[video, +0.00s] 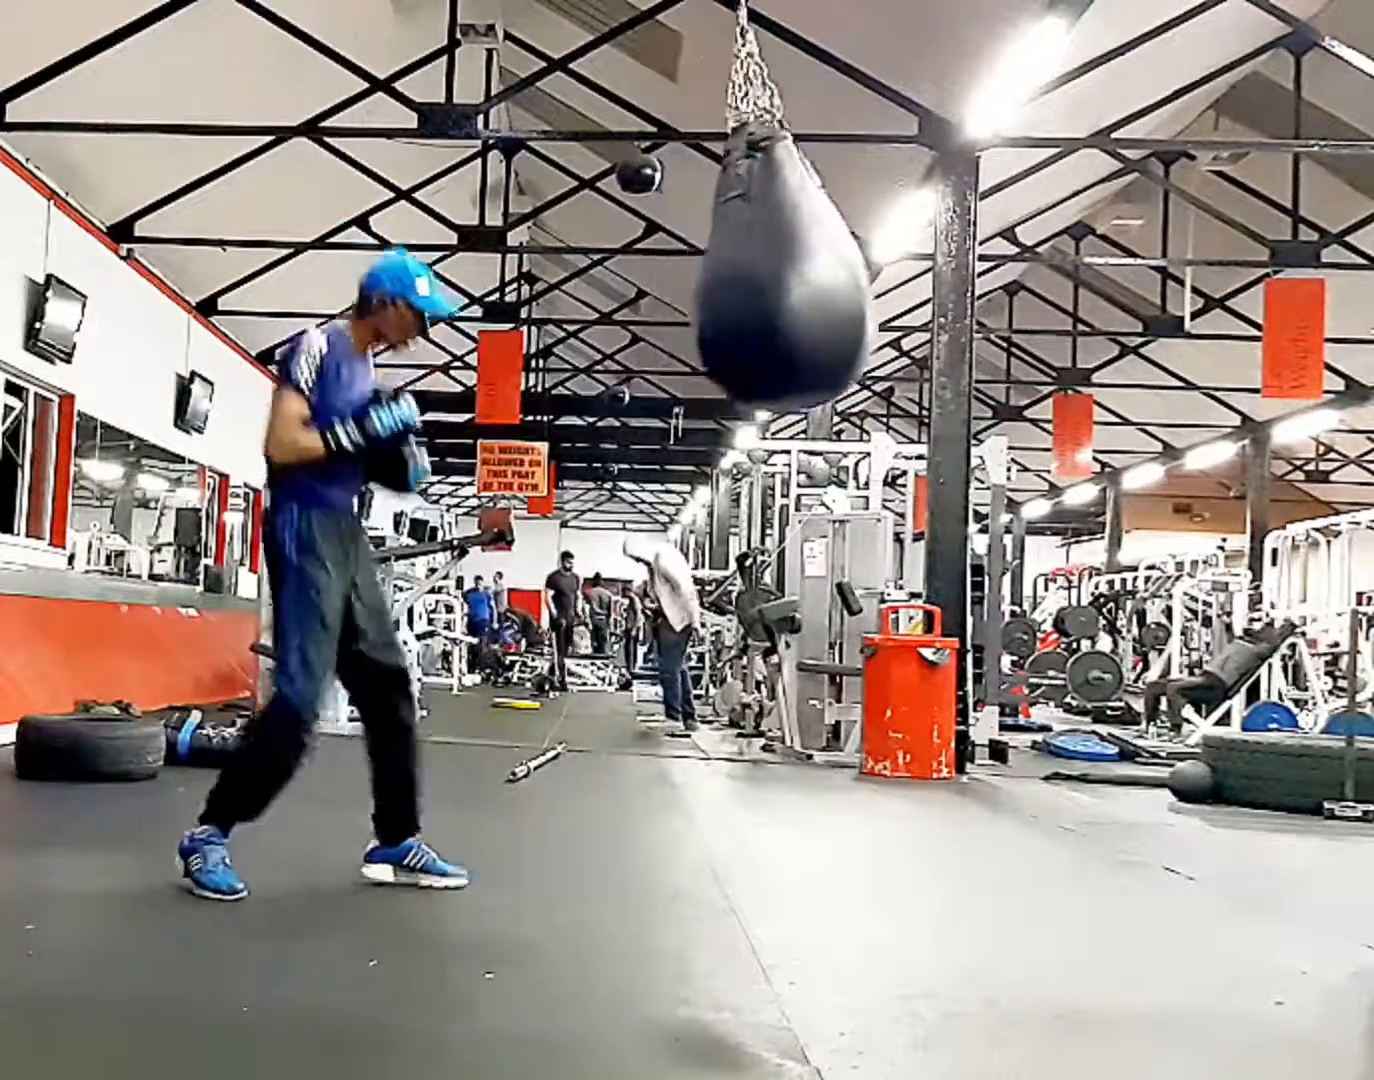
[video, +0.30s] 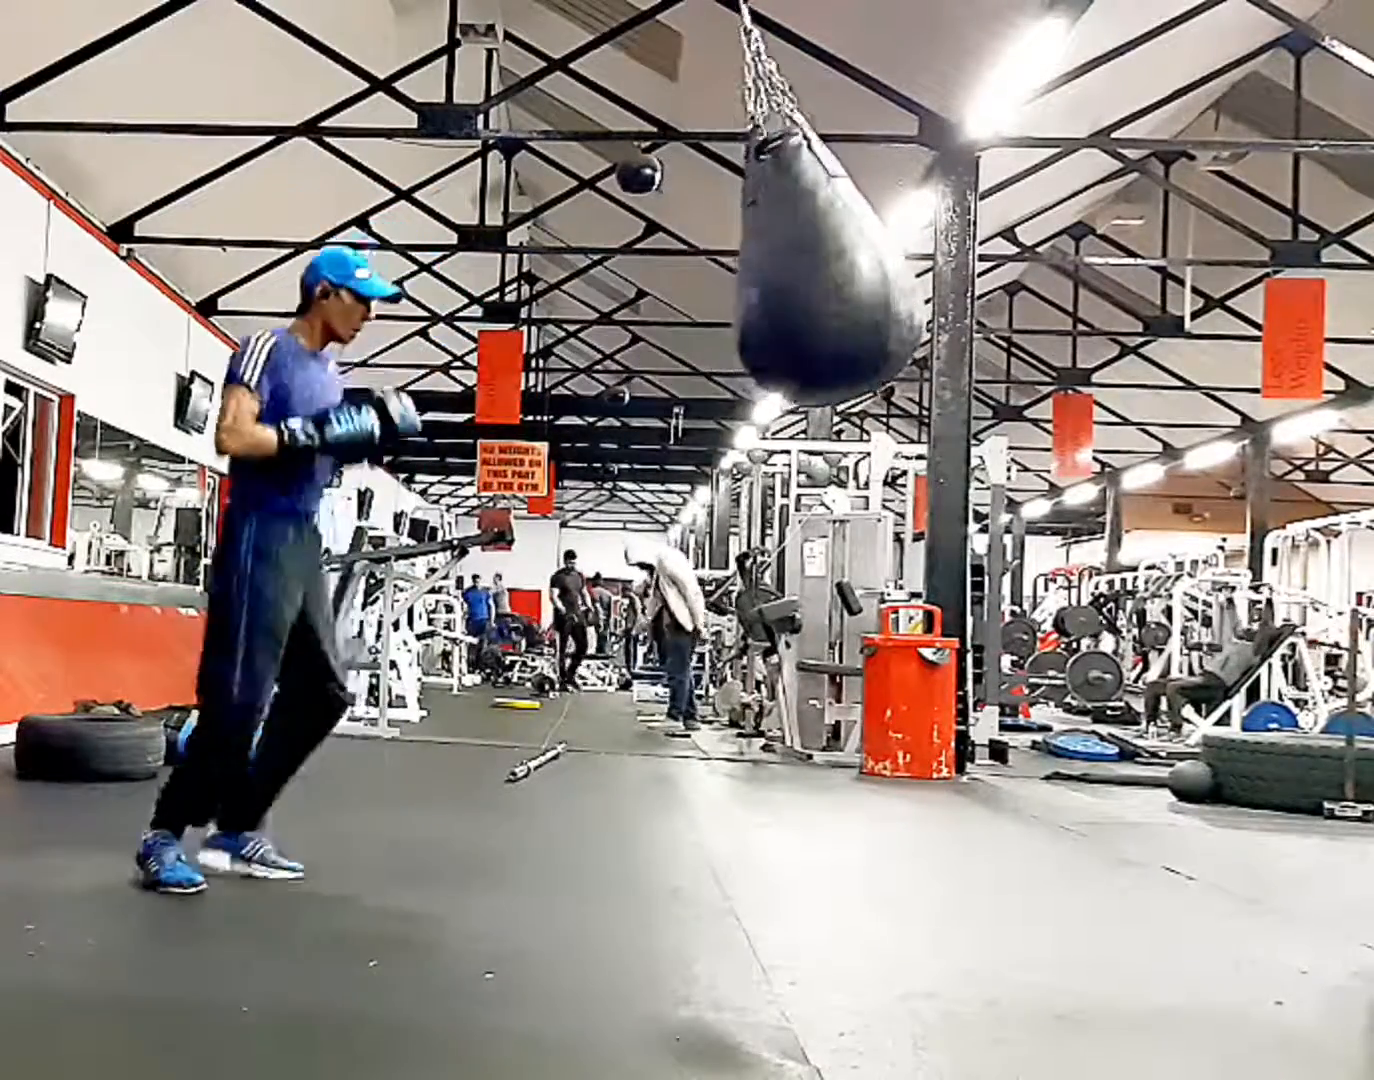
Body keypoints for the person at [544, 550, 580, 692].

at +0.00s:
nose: (570, 565)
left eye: (571, 562)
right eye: (567, 562)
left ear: (573, 563)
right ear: (562, 561)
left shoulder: (576, 578)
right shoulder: (553, 577)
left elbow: (578, 595)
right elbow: (547, 596)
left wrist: (578, 609)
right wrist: (554, 614)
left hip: (571, 616)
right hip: (559, 616)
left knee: (565, 648)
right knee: (560, 649)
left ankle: (552, 674)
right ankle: (562, 680)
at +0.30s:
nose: (571, 563)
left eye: (573, 560)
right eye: (569, 560)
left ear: (575, 561)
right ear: (565, 561)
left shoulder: (580, 576)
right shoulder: (557, 577)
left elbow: (584, 592)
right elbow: (554, 596)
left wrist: (589, 607)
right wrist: (562, 610)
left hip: (578, 613)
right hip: (563, 613)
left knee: (582, 646)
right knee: (562, 647)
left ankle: (571, 674)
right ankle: (563, 677)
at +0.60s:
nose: (581, 566)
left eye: (583, 564)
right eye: (579, 563)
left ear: (586, 564)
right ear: (575, 562)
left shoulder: (590, 578)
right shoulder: (566, 578)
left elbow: (595, 597)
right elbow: (559, 598)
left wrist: (599, 613)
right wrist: (566, 615)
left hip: (586, 618)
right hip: (570, 618)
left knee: (590, 650)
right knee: (566, 652)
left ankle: (597, 681)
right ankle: (563, 681)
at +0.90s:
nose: (597, 565)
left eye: (600, 563)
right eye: (595, 562)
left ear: (603, 563)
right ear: (591, 562)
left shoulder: (605, 579)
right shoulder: (581, 576)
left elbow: (610, 597)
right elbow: (571, 592)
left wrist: (610, 613)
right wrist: (576, 610)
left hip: (599, 617)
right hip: (584, 616)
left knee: (598, 653)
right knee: (578, 650)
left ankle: (599, 684)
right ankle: (567, 681)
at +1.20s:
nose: (602, 563)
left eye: (605, 560)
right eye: (600, 560)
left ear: (608, 561)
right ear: (597, 560)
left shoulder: (614, 578)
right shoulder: (588, 576)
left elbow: (622, 597)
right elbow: (580, 593)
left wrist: (618, 609)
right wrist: (587, 608)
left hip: (607, 616)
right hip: (593, 616)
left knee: (604, 650)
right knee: (592, 649)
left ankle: (601, 682)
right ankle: (591, 681)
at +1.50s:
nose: (600, 565)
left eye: (602, 562)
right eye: (598, 563)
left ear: (607, 563)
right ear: (595, 564)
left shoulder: (616, 579)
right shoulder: (588, 579)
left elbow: (624, 598)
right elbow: (581, 599)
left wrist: (620, 615)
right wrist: (585, 615)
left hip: (611, 617)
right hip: (595, 617)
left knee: (608, 649)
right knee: (598, 648)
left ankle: (603, 679)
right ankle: (599, 681)